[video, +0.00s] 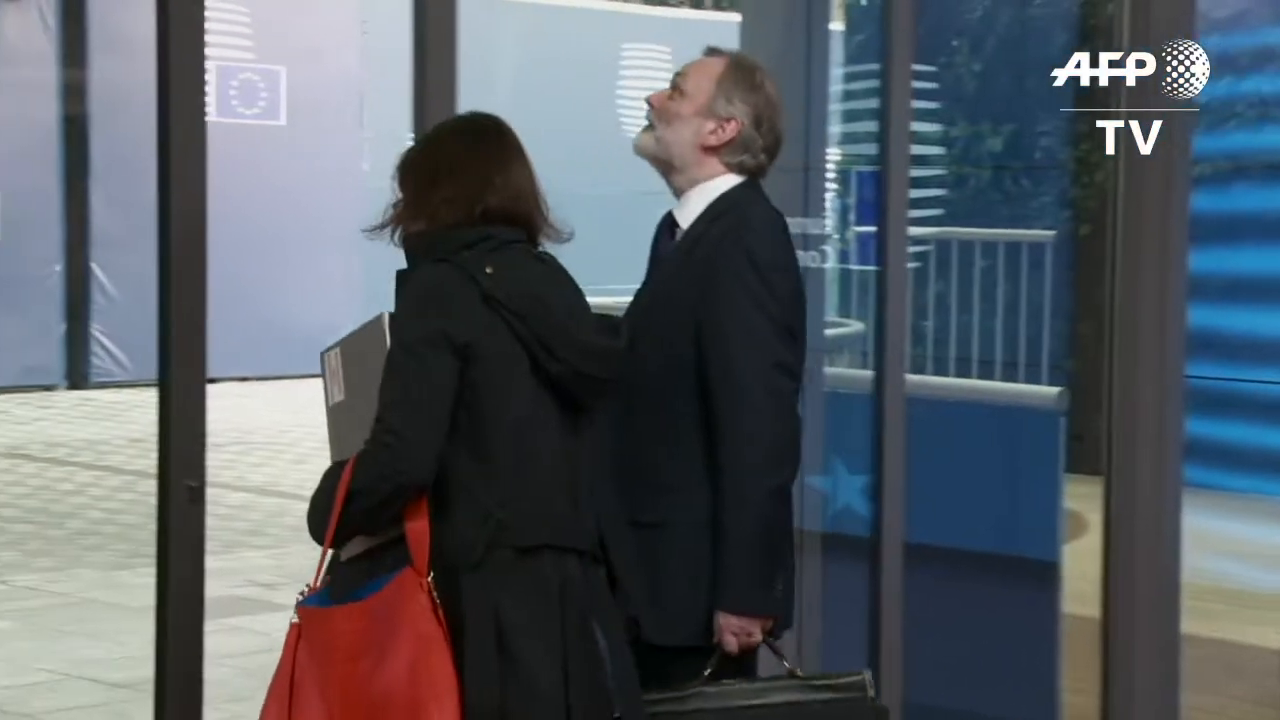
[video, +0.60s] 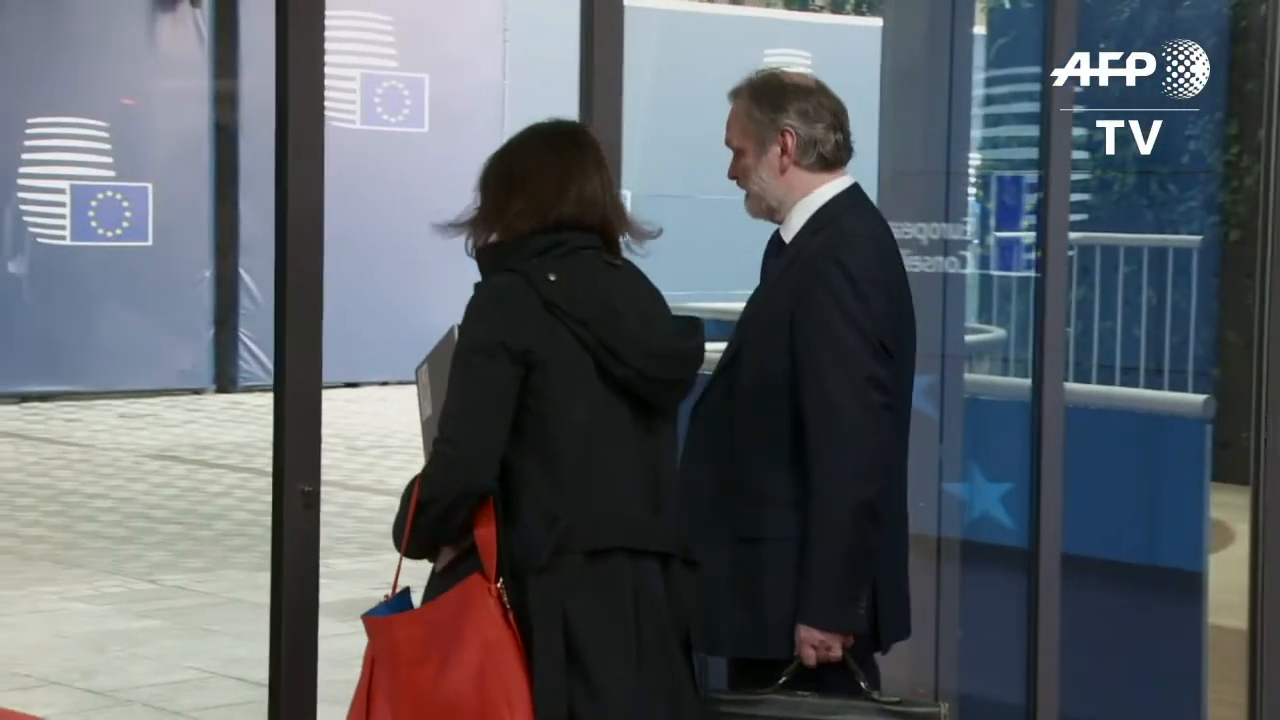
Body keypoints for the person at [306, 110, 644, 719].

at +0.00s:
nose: (405, 211)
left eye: (412, 194)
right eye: (406, 193)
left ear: (436, 195)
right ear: (513, 188)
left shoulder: (436, 284)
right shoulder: (551, 284)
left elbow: (407, 452)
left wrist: (333, 503)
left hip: (490, 590)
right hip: (574, 579)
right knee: (575, 702)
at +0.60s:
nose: (488, 215)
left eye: (495, 198)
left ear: (511, 200)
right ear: (599, 196)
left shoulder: (508, 295)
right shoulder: (637, 296)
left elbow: (469, 462)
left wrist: (418, 523)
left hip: (555, 588)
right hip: (646, 584)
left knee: (561, 708)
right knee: (644, 705)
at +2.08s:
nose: (451, 228)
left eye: (457, 211)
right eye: (450, 211)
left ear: (481, 213)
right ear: (547, 204)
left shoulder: (513, 293)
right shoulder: (572, 281)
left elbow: (528, 439)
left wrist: (440, 491)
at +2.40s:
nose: (390, 236)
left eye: (398, 221)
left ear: (416, 229)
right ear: (480, 222)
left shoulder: (441, 310)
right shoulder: (507, 298)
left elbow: (463, 447)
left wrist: (380, 507)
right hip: (548, 551)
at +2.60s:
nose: (360, 236)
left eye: (367, 219)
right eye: (362, 222)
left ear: (389, 216)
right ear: (452, 209)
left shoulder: (406, 284)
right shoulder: (488, 275)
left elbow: (421, 409)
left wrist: (341, 465)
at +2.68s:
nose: (358, 213)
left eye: (364, 199)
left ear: (374, 203)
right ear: (453, 197)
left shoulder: (390, 278)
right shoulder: (480, 267)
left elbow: (404, 404)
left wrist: (327, 457)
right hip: (489, 487)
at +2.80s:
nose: (340, 216)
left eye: (349, 201)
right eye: (345, 201)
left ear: (374, 207)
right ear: (435, 206)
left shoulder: (376, 282)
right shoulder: (471, 276)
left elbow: (381, 407)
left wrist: (305, 454)